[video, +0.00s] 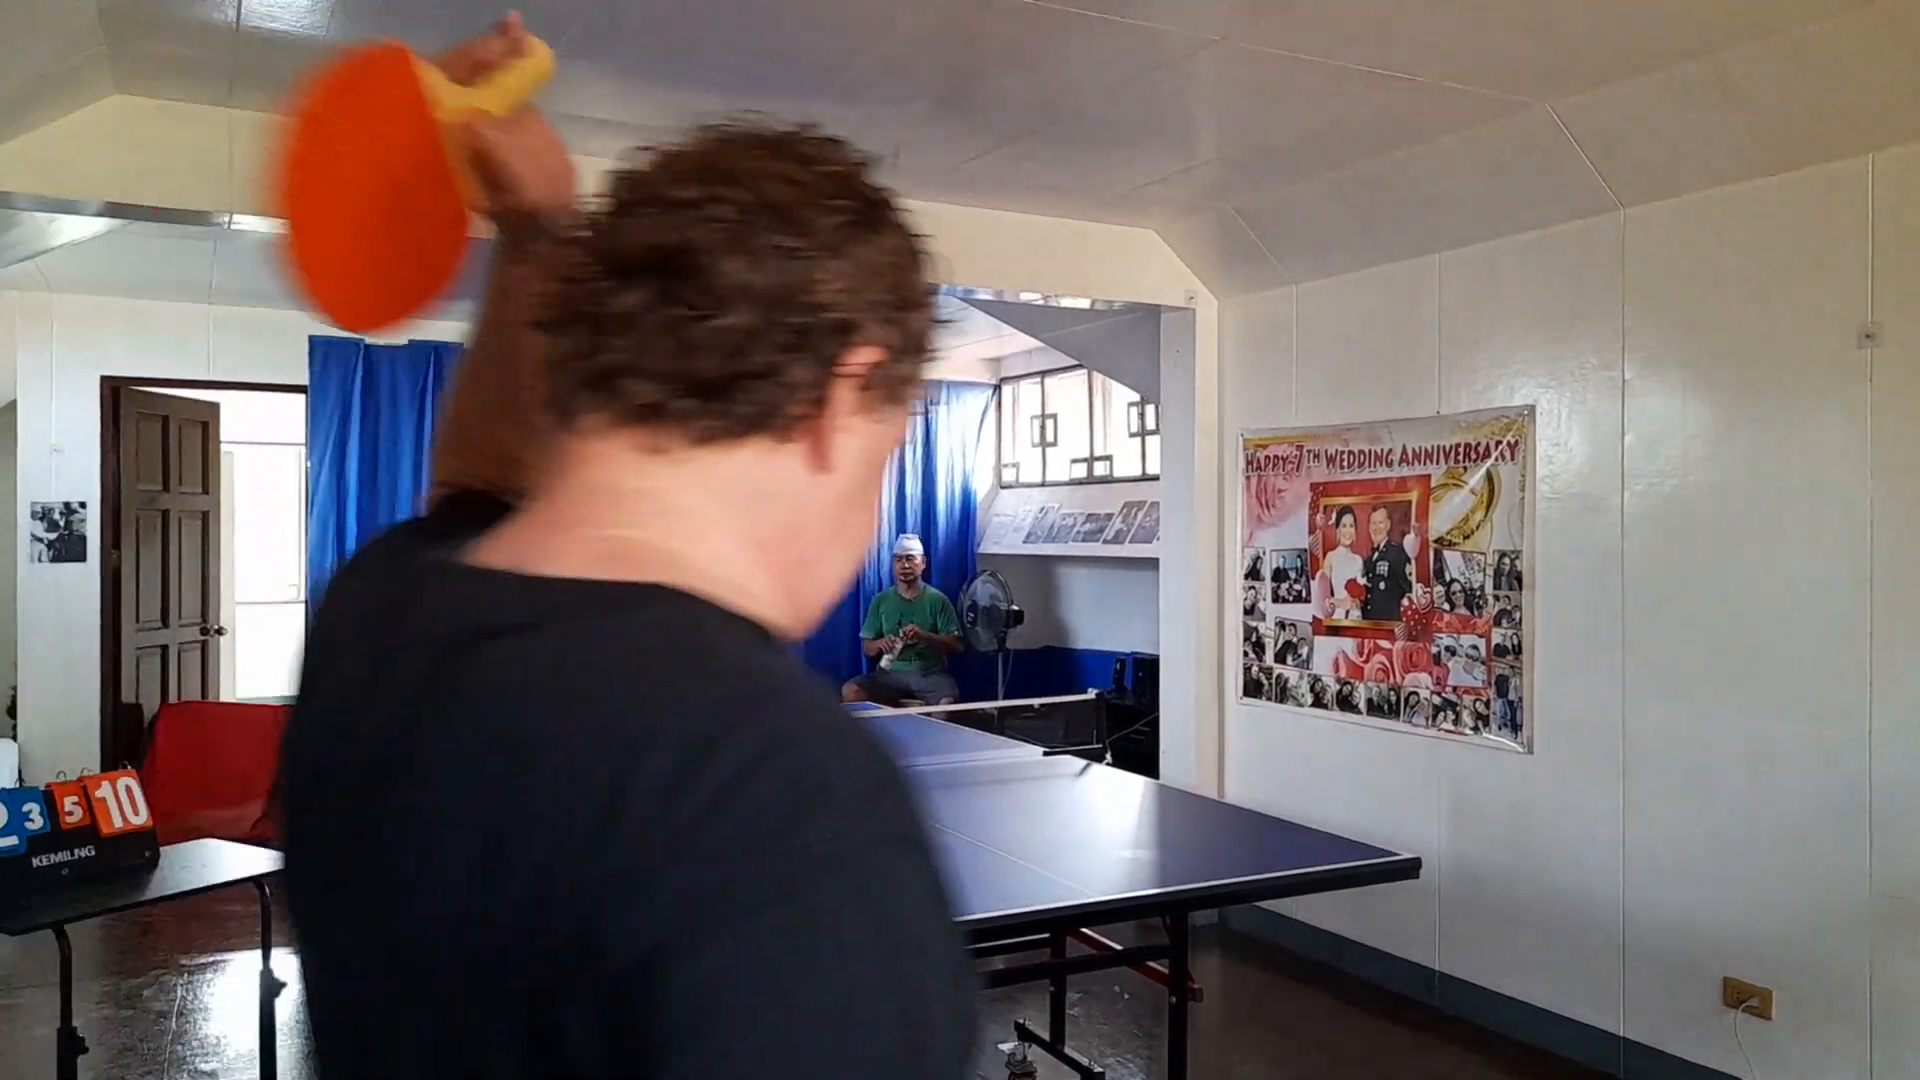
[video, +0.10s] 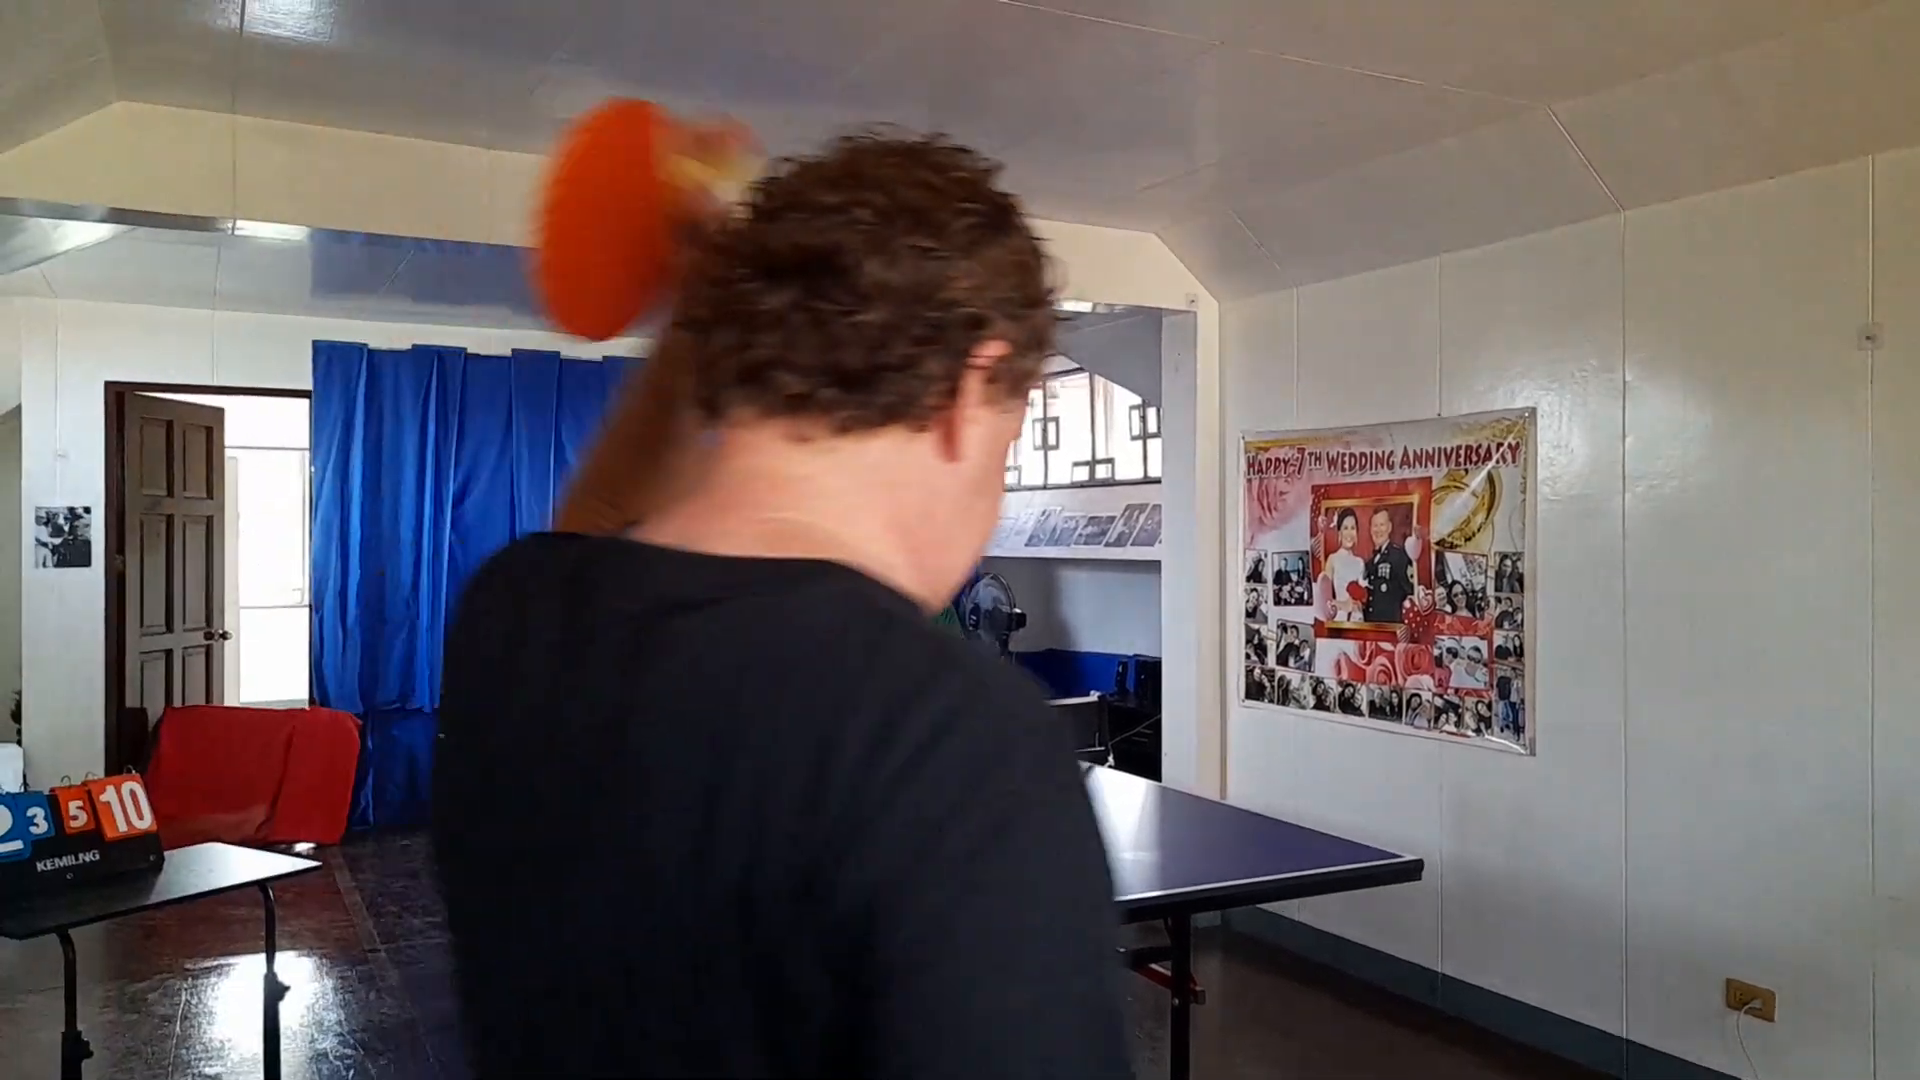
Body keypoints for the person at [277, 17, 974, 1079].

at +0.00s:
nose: (878, 508)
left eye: (898, 451)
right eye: (895, 446)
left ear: (584, 352)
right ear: (846, 401)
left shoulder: (375, 623)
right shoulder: (778, 778)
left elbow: (481, 484)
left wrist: (536, 237)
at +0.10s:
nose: (1000, 495)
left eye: (1018, 435)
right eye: (1016, 430)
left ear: (721, 362)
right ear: (973, 393)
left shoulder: (505, 622)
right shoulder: (957, 734)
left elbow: (594, 531)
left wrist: (701, 294)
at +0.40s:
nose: (1275, 477)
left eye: (1286, 432)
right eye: (1287, 426)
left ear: (1044, 382)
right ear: (1258, 405)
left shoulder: (841, 633)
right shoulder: (1267, 689)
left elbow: (747, 918)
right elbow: (1403, 1042)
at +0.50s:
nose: (1343, 490)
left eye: (1351, 448)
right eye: (1352, 443)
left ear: (1126, 406)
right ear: (1320, 429)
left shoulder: (928, 643)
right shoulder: (1320, 677)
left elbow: (796, 976)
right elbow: (1451, 1039)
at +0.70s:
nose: (1408, 525)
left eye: (1421, 483)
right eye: (1421, 475)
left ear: (1228, 433)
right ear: (1394, 444)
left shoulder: (1038, 653)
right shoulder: (1403, 665)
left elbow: (935, 963)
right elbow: (1505, 1035)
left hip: (1110, 1063)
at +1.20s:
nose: (1602, 529)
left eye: (1616, 495)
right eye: (1615, 490)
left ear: (1437, 449)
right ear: (1593, 452)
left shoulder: (1302, 600)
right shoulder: (1594, 636)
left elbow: (1276, 847)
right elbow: (1603, 993)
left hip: (1320, 1053)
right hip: (1520, 1059)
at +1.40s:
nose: (1743, 511)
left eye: (1754, 482)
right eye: (1755, 478)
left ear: (1580, 451)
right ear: (1733, 463)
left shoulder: (1433, 606)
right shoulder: (1749, 660)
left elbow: (1381, 848)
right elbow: (1778, 1000)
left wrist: (1483, 955)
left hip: (1459, 1062)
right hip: (1671, 1066)